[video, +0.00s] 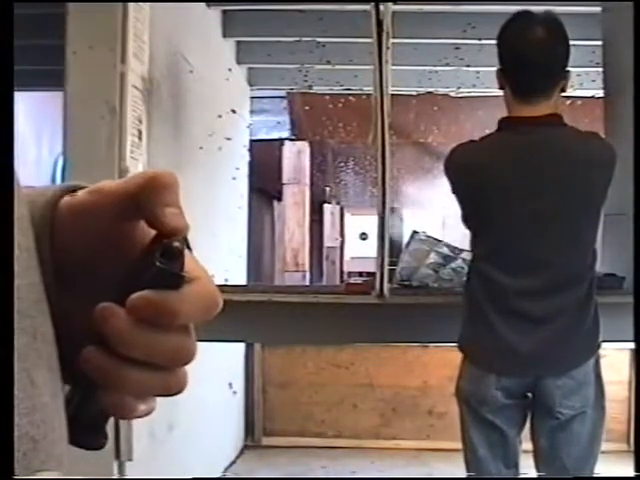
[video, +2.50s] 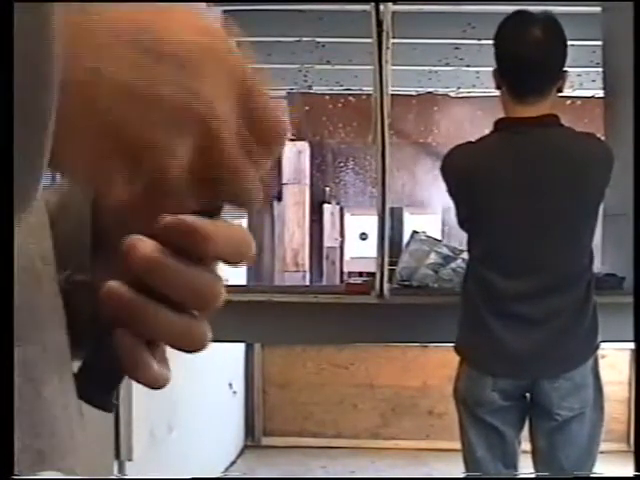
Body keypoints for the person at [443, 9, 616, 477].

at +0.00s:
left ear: (500, 81)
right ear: (565, 82)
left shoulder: (465, 162)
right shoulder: (597, 156)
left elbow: (484, 221)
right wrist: (547, 118)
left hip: (491, 359)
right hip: (570, 360)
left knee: (490, 472)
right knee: (569, 472)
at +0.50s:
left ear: (499, 80)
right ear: (564, 82)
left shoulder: (463, 161)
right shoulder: (596, 155)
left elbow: (478, 221)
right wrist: (549, 113)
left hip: (490, 359)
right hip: (569, 360)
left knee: (489, 472)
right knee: (569, 472)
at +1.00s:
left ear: (496, 79)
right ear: (562, 80)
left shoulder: (461, 161)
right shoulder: (594, 155)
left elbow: (476, 222)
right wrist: (543, 117)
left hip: (488, 361)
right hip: (567, 361)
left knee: (488, 472)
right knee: (567, 472)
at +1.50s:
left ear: (497, 79)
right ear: (562, 80)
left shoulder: (461, 161)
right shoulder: (594, 155)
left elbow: (477, 222)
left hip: (488, 359)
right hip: (567, 360)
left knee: (487, 472)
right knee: (567, 472)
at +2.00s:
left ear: (497, 79)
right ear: (562, 80)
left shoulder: (462, 161)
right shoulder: (594, 155)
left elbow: (478, 222)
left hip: (488, 359)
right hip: (567, 360)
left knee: (488, 472)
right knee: (567, 472)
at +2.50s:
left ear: (497, 81)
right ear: (563, 82)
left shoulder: (462, 163)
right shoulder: (595, 157)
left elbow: (474, 223)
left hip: (488, 361)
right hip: (568, 362)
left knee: (488, 472)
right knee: (567, 472)